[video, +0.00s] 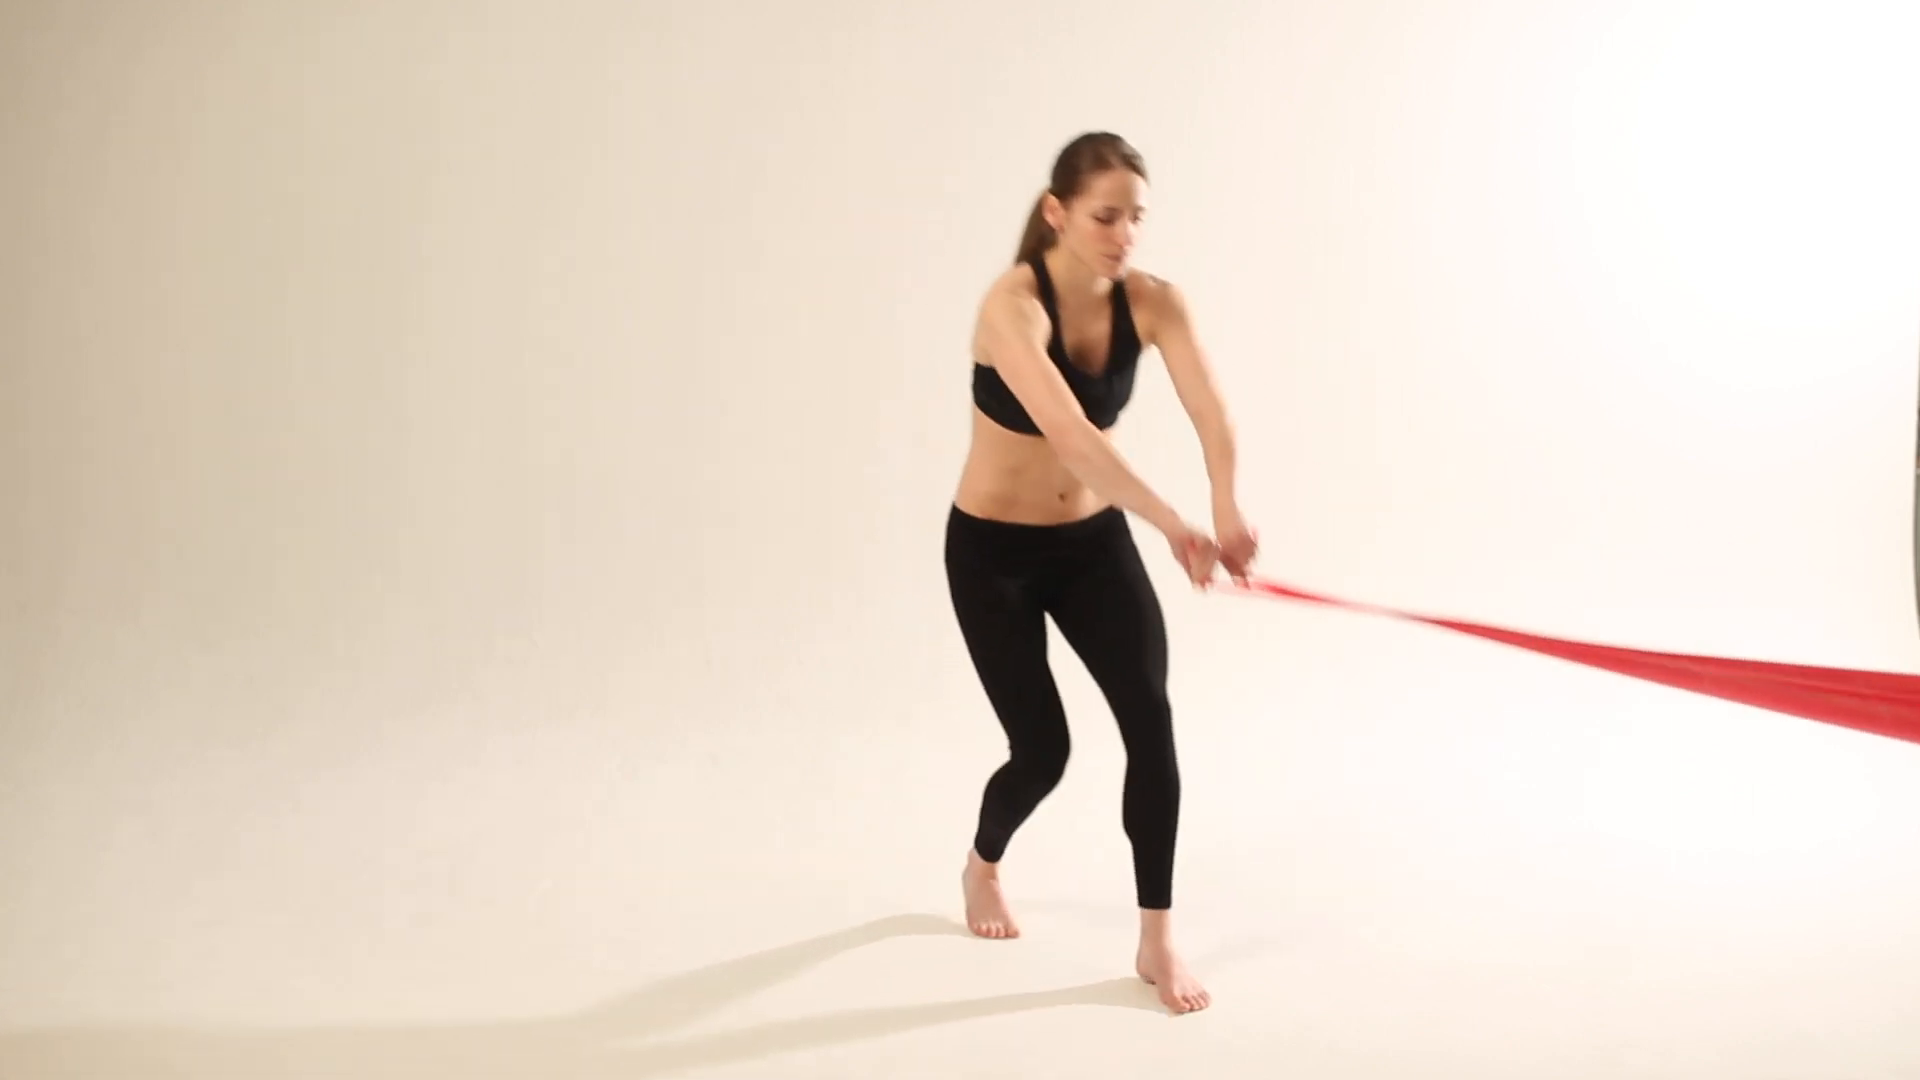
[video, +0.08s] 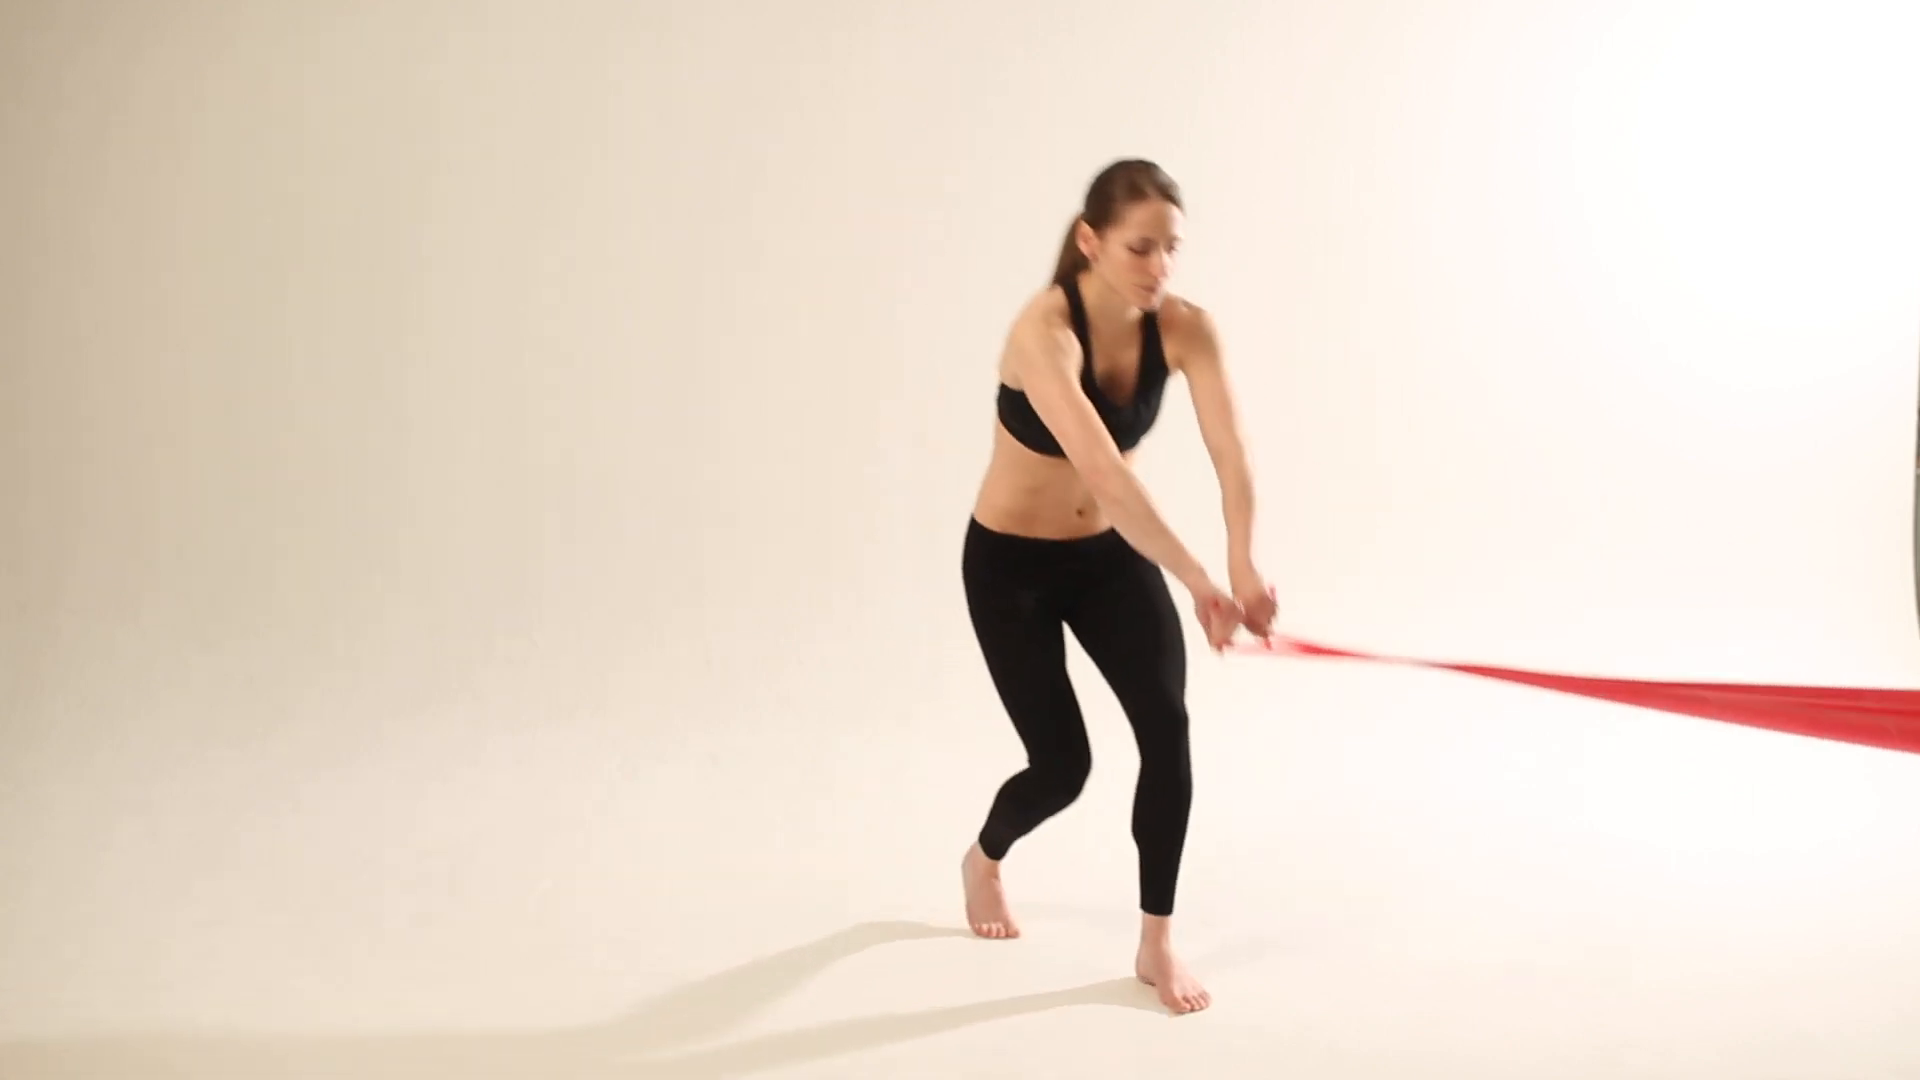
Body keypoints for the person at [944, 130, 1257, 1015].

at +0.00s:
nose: (1124, 231)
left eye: (1134, 214)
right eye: (1107, 213)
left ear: (1142, 219)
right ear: (1055, 211)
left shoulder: (1149, 300)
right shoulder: (1010, 307)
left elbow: (1210, 414)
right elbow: (1078, 445)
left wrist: (1226, 510)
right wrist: (1174, 526)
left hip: (1093, 546)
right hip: (992, 551)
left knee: (1150, 730)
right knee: (1043, 752)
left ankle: (1156, 939)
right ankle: (981, 863)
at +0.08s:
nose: (1160, 267)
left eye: (1170, 247)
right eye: (1142, 247)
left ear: (1179, 246)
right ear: (1089, 243)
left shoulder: (1180, 323)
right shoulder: (1042, 333)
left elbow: (1229, 451)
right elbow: (1109, 483)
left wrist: (1240, 567)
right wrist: (1198, 580)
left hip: (1110, 557)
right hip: (1011, 563)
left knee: (1166, 734)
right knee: (1062, 768)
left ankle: (1156, 941)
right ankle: (982, 854)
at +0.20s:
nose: (1204, 325)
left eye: (1214, 304)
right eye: (1186, 304)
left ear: (1223, 298)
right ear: (1132, 292)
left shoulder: (1225, 376)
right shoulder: (1084, 379)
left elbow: (1256, 512)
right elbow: (1143, 538)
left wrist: (1267, 642)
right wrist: (1228, 658)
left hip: (1128, 580)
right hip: (1031, 584)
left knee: (1187, 745)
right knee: (1081, 791)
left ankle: (1158, 941)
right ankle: (985, 853)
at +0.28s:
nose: (1229, 363)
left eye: (1239, 342)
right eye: (1212, 342)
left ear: (1249, 334)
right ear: (1157, 329)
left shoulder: (1247, 409)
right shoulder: (1102, 409)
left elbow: (1273, 549)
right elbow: (1163, 576)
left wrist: (1282, 684)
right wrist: (1243, 703)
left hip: (1136, 592)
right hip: (1039, 598)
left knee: (1198, 750)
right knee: (1085, 805)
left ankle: (1158, 942)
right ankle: (989, 850)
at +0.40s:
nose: (1254, 412)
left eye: (1266, 393)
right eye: (1237, 392)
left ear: (1276, 381)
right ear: (1182, 376)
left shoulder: (1271, 452)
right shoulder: (1122, 446)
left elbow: (1292, 593)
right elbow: (1182, 622)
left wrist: (1300, 733)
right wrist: (1256, 755)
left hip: (1149, 603)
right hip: (1050, 611)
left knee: (1206, 760)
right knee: (1091, 819)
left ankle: (1158, 944)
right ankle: (992, 851)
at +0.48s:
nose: (1264, 433)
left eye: (1276, 413)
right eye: (1247, 412)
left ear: (1286, 403)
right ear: (1192, 395)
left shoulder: (1279, 469)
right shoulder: (1130, 461)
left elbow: (1298, 611)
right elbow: (1188, 640)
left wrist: (1306, 752)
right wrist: (1262, 774)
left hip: (1153, 607)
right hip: (1053, 616)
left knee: (1210, 765)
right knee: (1093, 826)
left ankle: (1158, 944)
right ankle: (993, 851)